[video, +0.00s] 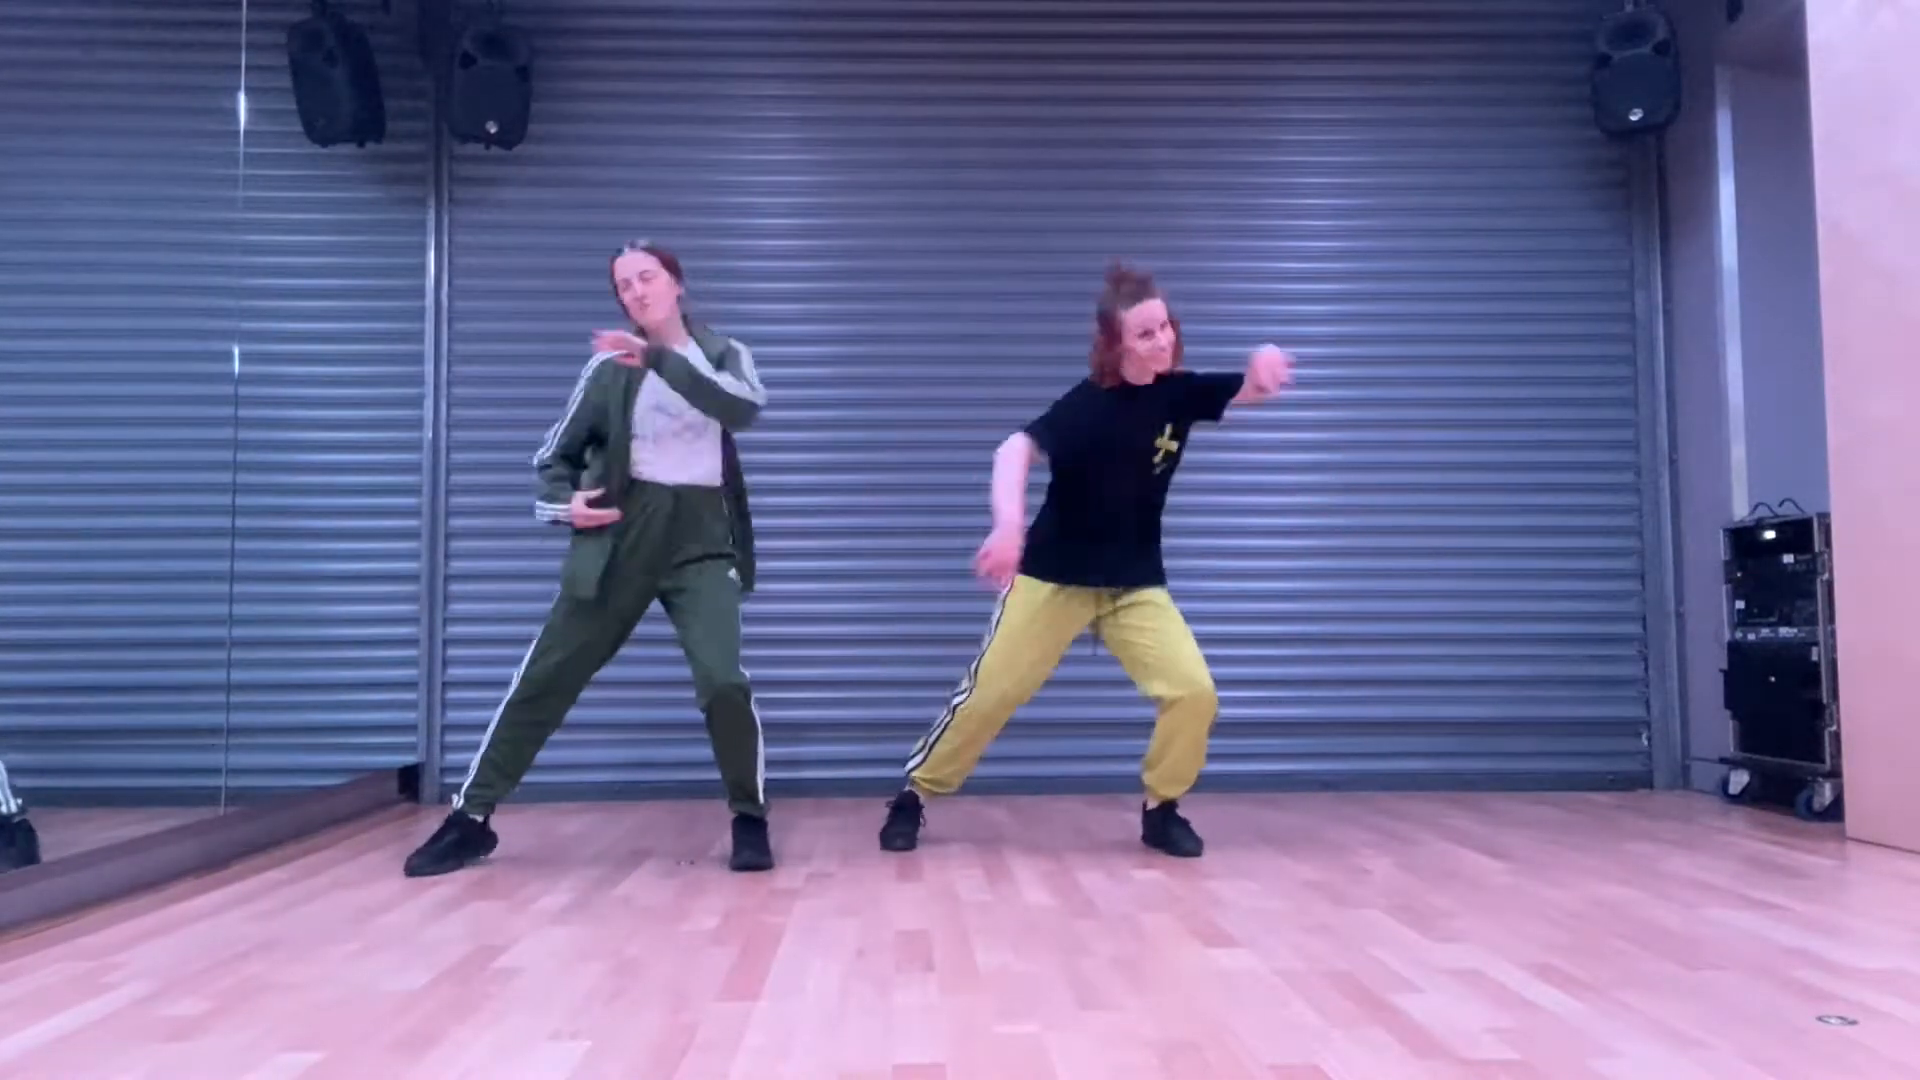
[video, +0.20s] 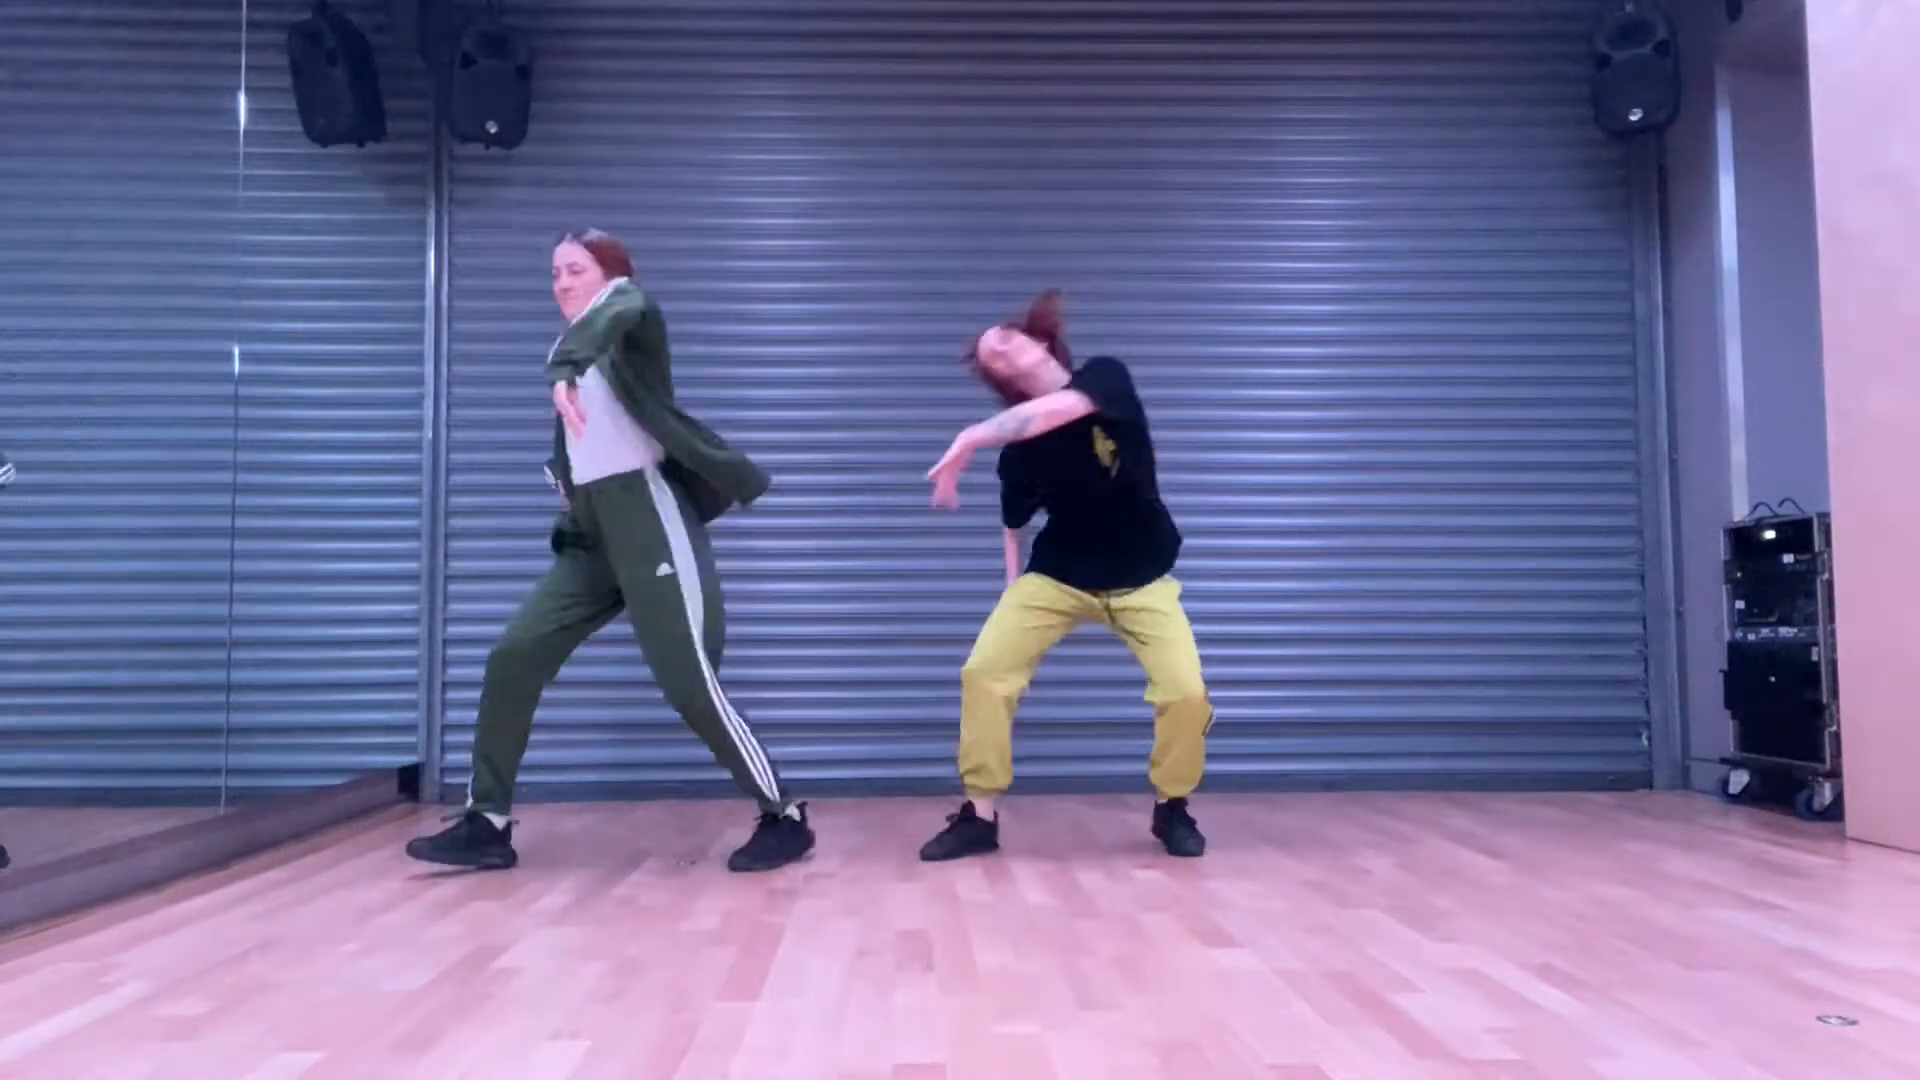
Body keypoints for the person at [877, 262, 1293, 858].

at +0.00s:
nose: (1162, 342)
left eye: (1165, 327)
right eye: (1145, 334)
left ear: (1174, 328)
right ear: (1115, 343)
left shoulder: (1181, 393)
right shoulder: (1089, 403)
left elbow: (1251, 390)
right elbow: (1014, 451)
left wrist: (1263, 368)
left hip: (1136, 586)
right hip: (1053, 583)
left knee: (1194, 693)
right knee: (991, 696)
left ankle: (1161, 810)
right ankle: (912, 797)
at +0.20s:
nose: (1005, 347)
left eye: (1006, 336)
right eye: (993, 355)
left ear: (1036, 336)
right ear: (1003, 384)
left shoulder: (1107, 376)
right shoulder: (1018, 444)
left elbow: (1049, 414)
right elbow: (1015, 531)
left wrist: (969, 441)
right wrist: (1015, 602)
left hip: (1143, 578)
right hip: (1058, 579)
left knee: (1187, 694)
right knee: (984, 673)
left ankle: (1173, 808)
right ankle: (980, 816)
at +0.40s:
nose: (938, 332)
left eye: (950, 326)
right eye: (944, 322)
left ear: (979, 344)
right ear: (986, 347)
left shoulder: (995, 399)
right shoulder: (989, 399)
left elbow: (999, 500)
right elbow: (1020, 506)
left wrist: (1002, 573)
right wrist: (986, 562)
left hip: (1079, 586)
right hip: (1028, 583)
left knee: (1087, 739)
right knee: (955, 674)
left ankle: (1207, 790)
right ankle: (985, 818)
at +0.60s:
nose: (941, 298)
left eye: (948, 286)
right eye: (940, 287)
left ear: (981, 282)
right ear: (964, 285)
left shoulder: (1012, 323)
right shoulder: (978, 361)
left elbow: (1059, 371)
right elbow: (914, 415)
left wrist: (1085, 441)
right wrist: (882, 339)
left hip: (1008, 524)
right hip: (993, 527)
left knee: (955, 651)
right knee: (962, 662)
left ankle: (1099, 690)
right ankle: (985, 817)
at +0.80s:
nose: (917, 249)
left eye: (928, 240)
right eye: (919, 239)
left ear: (966, 250)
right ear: (947, 253)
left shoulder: (1013, 295)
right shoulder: (928, 308)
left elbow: (1080, 261)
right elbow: (878, 279)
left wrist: (1055, 275)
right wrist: (848, 229)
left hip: (1046, 467)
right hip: (1007, 490)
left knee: (913, 414)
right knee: (990, 629)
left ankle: (942, 562)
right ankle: (984, 793)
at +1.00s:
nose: (954, 294)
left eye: (964, 283)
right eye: (953, 283)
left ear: (999, 279)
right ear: (991, 283)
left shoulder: (1054, 331)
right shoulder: (995, 354)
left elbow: (1075, 406)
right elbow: (961, 437)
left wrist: (1006, 462)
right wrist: (892, 465)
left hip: (985, 510)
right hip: (994, 514)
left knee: (885, 621)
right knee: (973, 654)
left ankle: (999, 727)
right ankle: (988, 817)